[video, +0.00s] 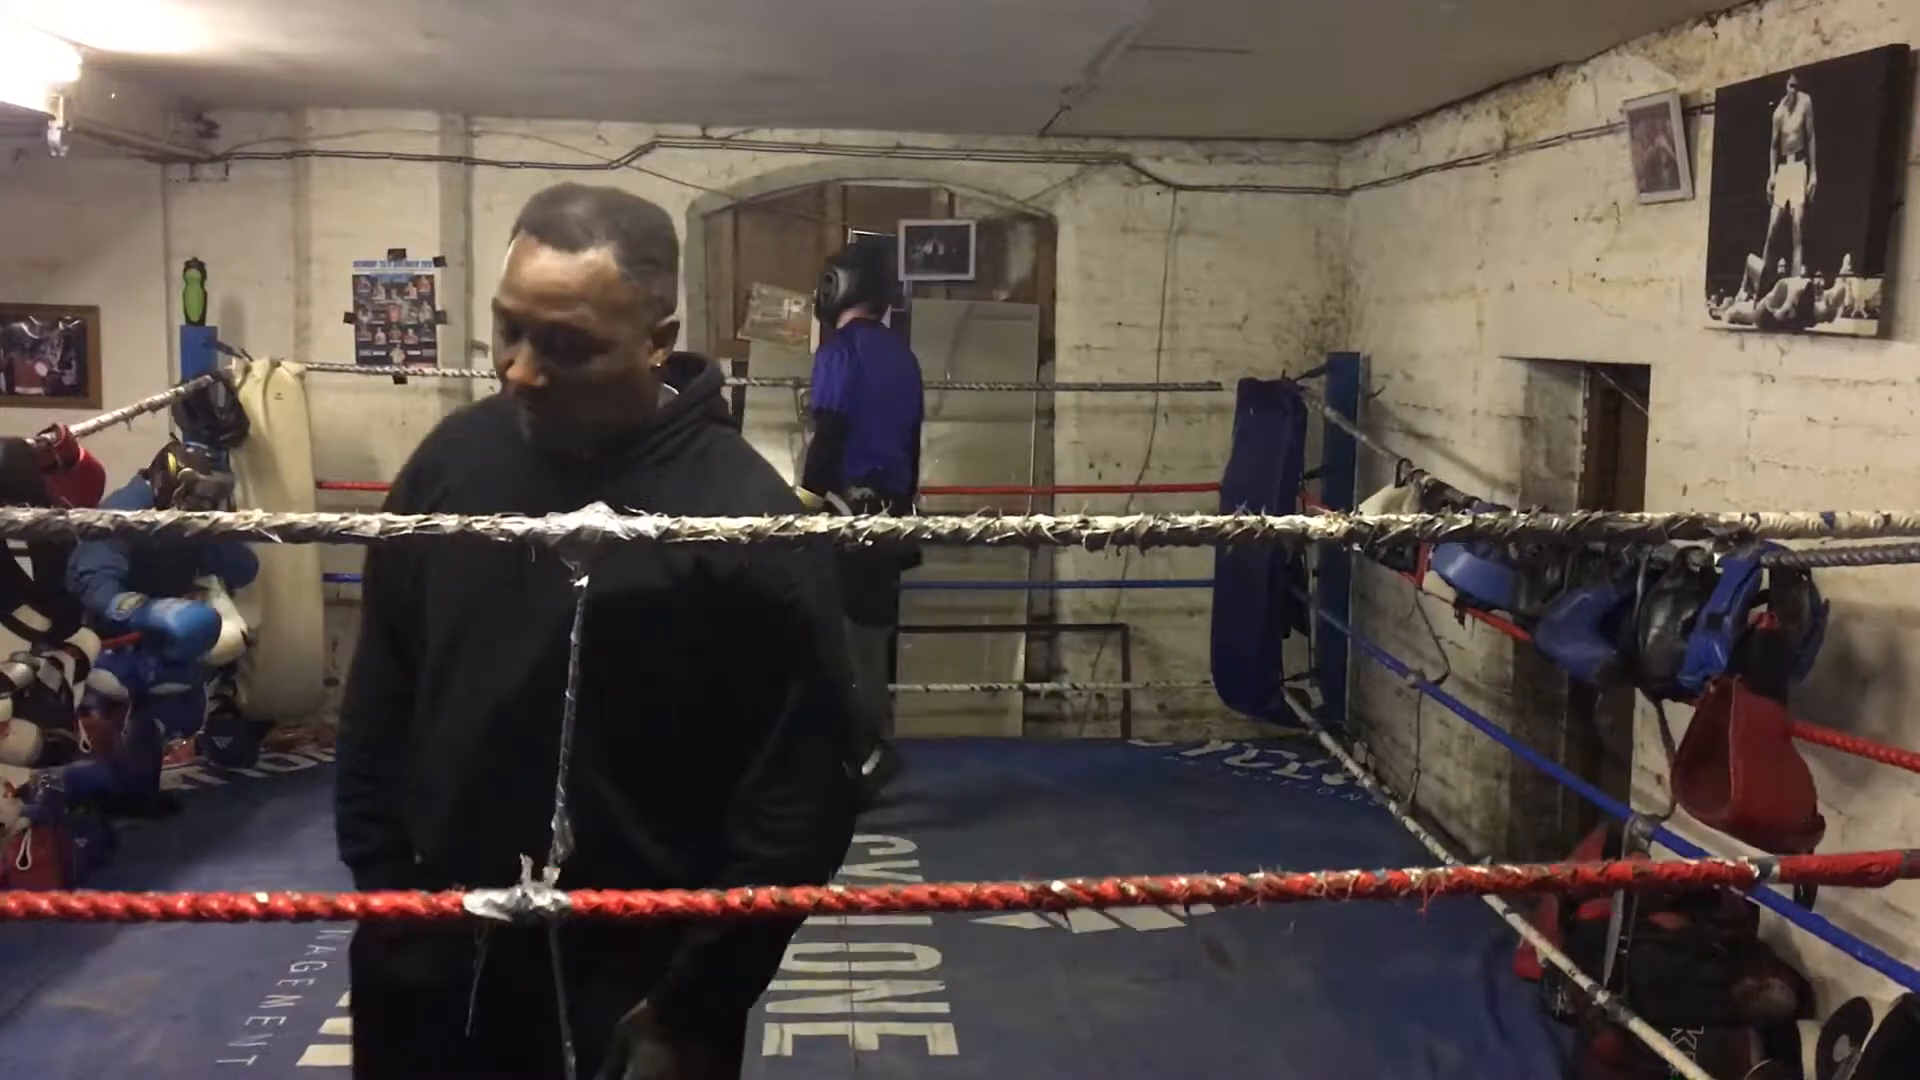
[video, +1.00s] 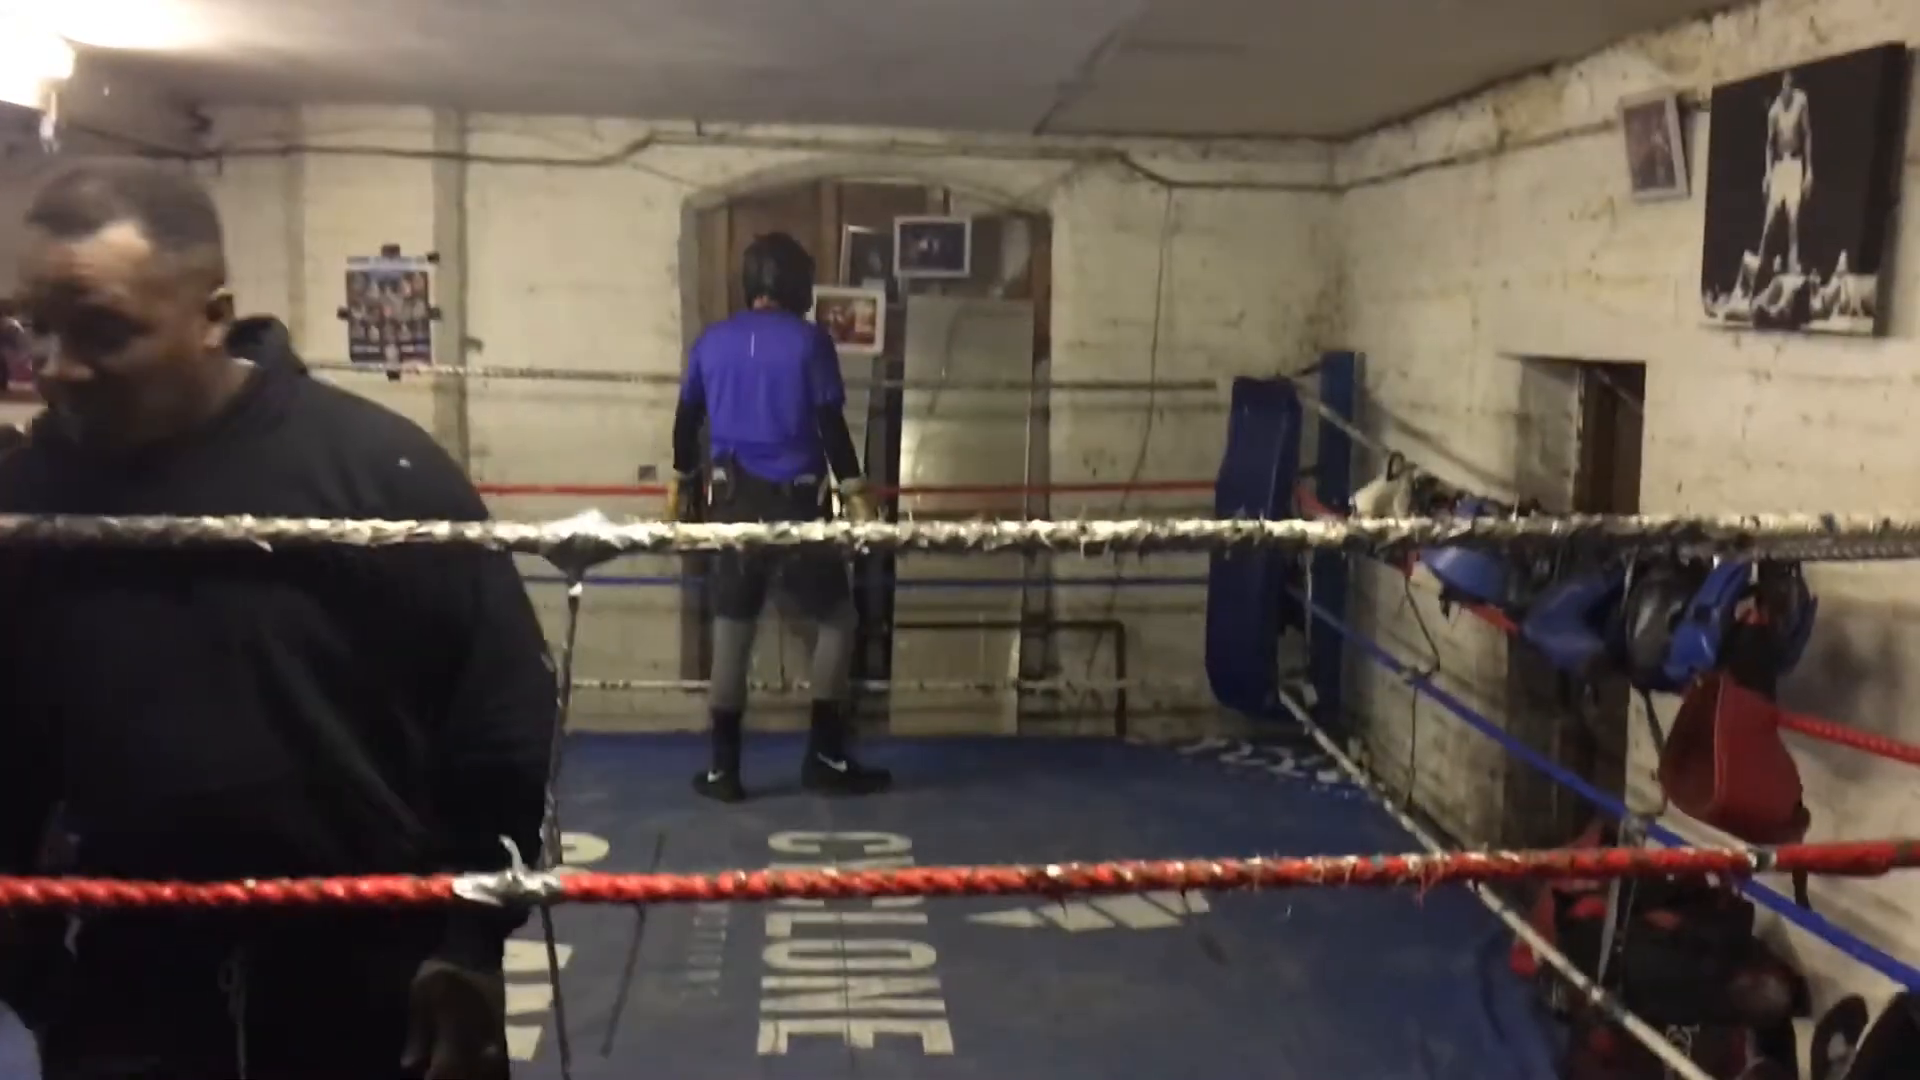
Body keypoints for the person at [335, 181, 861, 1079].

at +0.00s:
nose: (520, 372)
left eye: (566, 346)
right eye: (509, 332)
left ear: (661, 338)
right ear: (495, 306)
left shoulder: (750, 519)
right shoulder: (457, 458)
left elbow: (809, 782)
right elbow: (381, 685)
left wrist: (700, 1004)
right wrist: (387, 888)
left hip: (641, 981)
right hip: (435, 967)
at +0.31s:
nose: (455, 373)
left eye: (502, 346)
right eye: (442, 332)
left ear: (596, 342)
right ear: (429, 308)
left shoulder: (702, 521)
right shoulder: (364, 469)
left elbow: (777, 787)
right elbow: (284, 710)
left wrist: (697, 1008)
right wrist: (299, 918)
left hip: (595, 1004)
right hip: (364, 988)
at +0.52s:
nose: (361, 374)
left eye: (406, 345)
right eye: (347, 332)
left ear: (505, 339)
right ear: (329, 314)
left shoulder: (611, 509)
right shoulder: (262, 490)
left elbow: (704, 768)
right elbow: (199, 735)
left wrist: (647, 991)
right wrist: (231, 954)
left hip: (522, 1001)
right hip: (296, 992)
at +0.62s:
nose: (294, 368)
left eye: (339, 339)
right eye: (280, 327)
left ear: (443, 333)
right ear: (262, 312)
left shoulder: (564, 507)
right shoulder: (198, 502)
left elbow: (652, 764)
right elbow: (132, 751)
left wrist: (601, 985)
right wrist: (181, 962)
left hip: (477, 1002)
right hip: (245, 998)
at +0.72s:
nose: (223, 368)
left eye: (267, 335)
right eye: (209, 327)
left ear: (379, 325)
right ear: (194, 308)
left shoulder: (506, 498)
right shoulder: (146, 502)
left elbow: (615, 754)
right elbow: (71, 766)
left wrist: (557, 970)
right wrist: (129, 969)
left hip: (441, 1010)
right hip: (203, 1009)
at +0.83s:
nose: (152, 363)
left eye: (197, 330)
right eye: (137, 327)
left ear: (308, 316)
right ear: (120, 315)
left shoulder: (447, 481)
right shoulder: (88, 498)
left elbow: (570, 732)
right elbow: (27, 760)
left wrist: (519, 957)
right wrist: (87, 964)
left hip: (394, 985)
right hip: (164, 988)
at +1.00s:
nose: (58, 368)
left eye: (101, 330)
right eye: (40, 329)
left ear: (213, 313)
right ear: (23, 318)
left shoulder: (379, 469)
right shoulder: (26, 495)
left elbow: (507, 712)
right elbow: (16, 764)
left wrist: (473, 946)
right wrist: (37, 964)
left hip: (355, 985)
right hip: (122, 987)